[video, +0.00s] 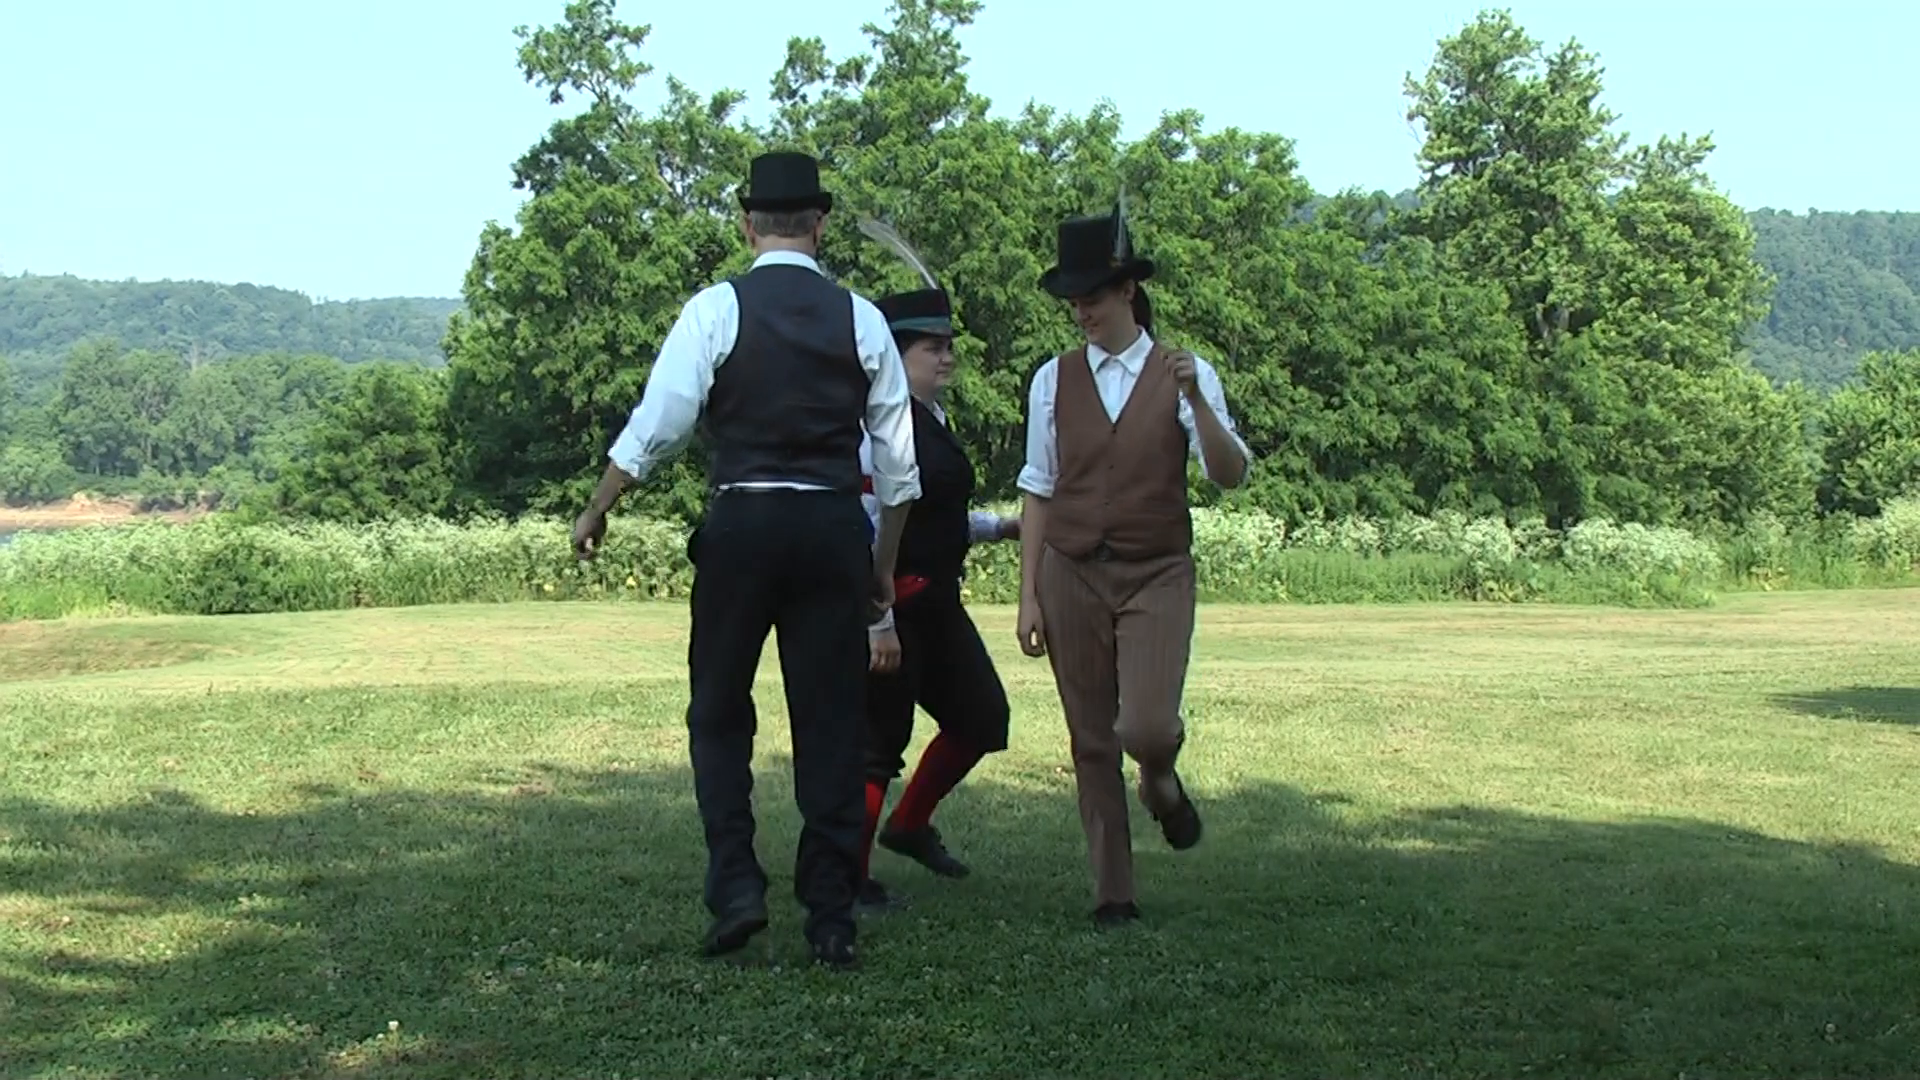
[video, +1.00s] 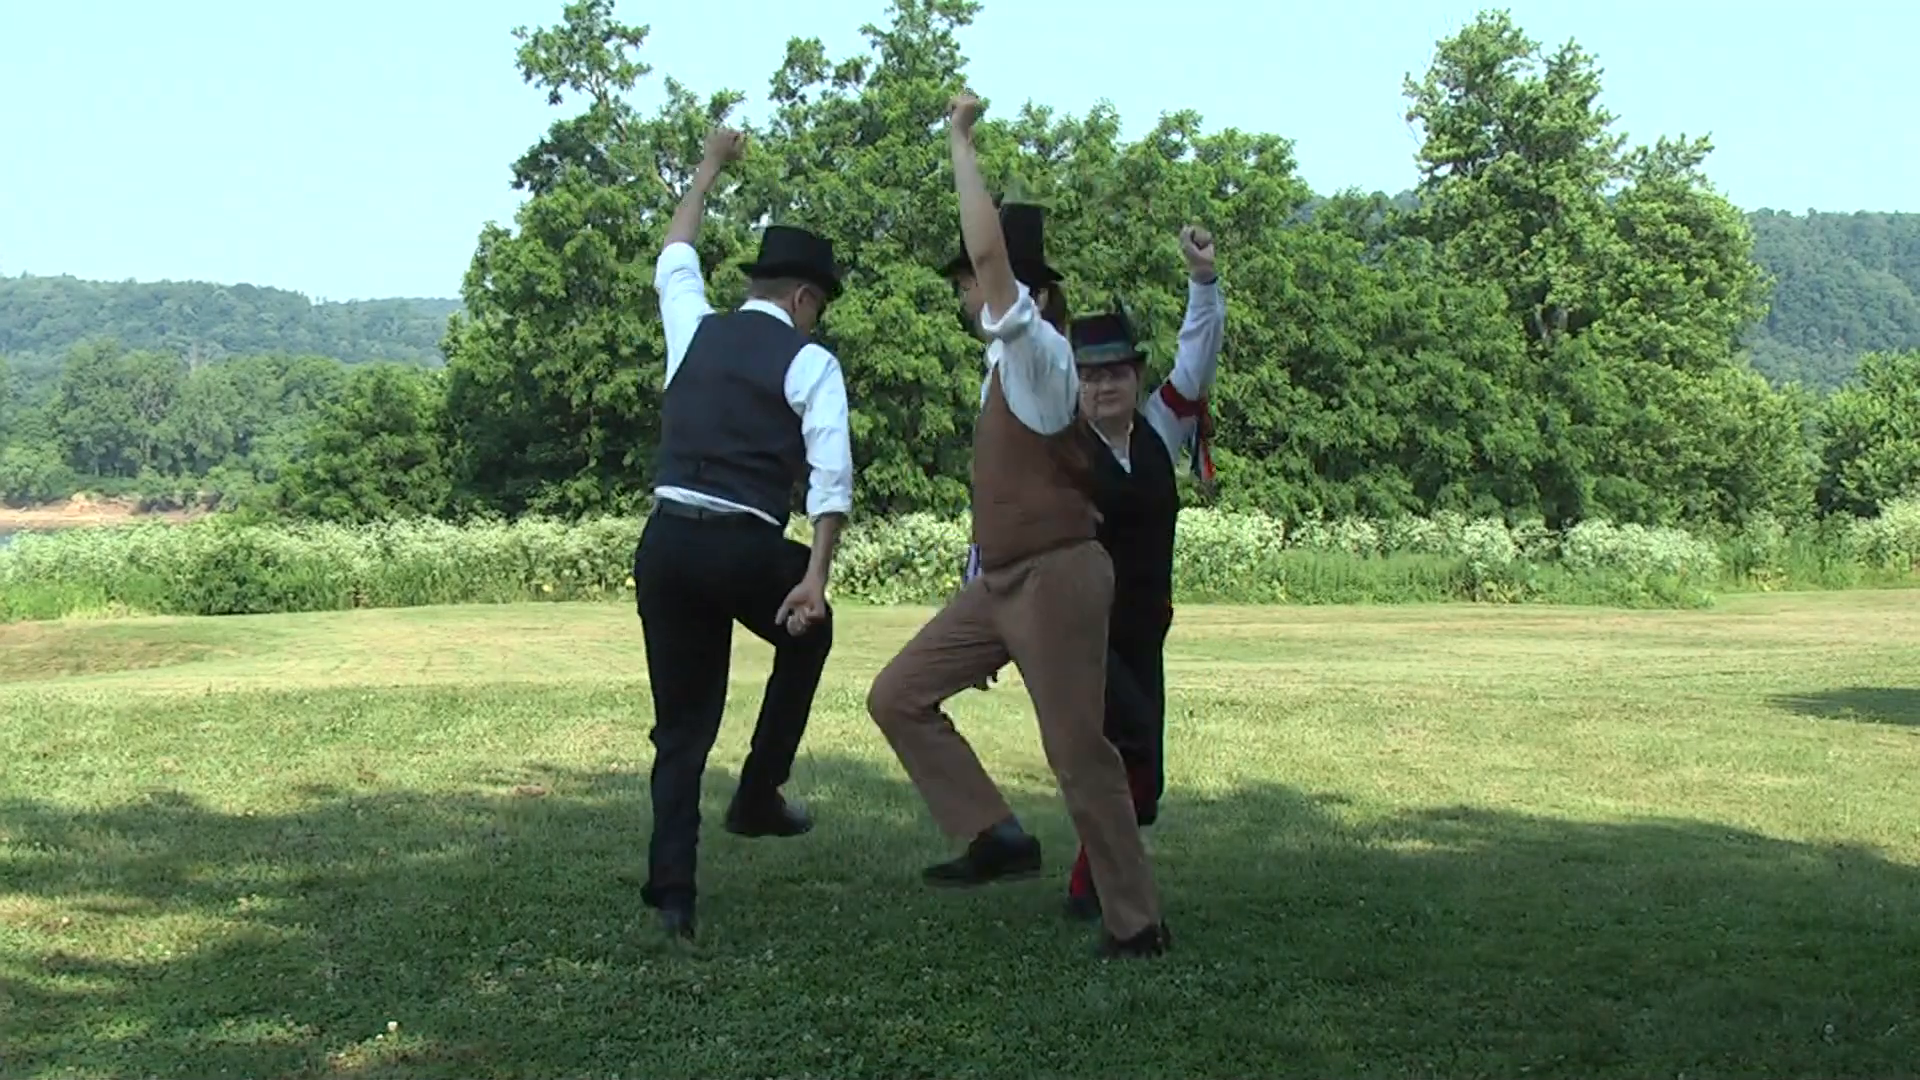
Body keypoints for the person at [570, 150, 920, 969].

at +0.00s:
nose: (765, 230)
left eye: (753, 220)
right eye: (807, 220)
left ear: (748, 224)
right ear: (823, 225)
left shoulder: (714, 308)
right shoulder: (863, 318)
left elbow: (664, 415)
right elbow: (895, 457)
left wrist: (598, 507)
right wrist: (885, 562)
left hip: (740, 527)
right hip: (836, 533)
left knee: (718, 711)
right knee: (830, 720)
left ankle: (736, 899)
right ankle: (831, 920)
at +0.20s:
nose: (787, 231)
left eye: (741, 222)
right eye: (796, 221)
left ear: (728, 226)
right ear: (799, 226)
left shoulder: (699, 301)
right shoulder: (840, 314)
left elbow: (591, 348)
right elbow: (883, 442)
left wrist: (529, 338)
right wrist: (871, 547)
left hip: (724, 521)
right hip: (815, 526)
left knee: (695, 694)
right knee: (819, 719)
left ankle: (707, 872)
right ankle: (832, 920)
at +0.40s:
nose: (760, 259)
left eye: (743, 249)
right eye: (759, 250)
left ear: (688, 261)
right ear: (757, 259)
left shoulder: (654, 332)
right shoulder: (797, 340)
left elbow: (576, 268)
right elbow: (846, 454)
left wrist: (543, 190)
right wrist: (866, 558)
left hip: (697, 550)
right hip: (791, 552)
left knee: (695, 724)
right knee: (765, 692)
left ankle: (696, 922)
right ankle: (800, 840)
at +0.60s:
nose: (767, 223)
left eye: (759, 213)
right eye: (768, 214)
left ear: (695, 214)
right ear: (757, 215)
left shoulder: (650, 276)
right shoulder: (784, 292)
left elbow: (610, 196)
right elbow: (826, 404)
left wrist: (606, 113)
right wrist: (837, 506)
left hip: (678, 498)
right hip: (765, 494)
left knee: (691, 688)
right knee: (782, 579)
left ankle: (687, 885)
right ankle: (757, 739)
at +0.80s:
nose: (780, 273)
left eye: (777, 261)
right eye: (779, 261)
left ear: (707, 258)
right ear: (765, 263)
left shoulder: (658, 311)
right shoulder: (783, 332)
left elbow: (625, 225)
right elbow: (819, 442)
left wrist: (652, 137)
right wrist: (819, 548)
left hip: (669, 531)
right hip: (756, 533)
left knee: (680, 720)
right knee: (785, 603)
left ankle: (674, 891)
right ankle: (748, 756)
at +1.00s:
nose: (819, 316)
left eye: (818, 303)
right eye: (819, 302)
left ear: (753, 285)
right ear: (802, 297)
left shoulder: (694, 328)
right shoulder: (811, 361)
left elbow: (676, 250)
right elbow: (830, 473)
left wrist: (710, 164)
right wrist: (816, 570)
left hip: (665, 541)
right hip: (745, 548)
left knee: (681, 724)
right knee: (809, 631)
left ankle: (672, 897)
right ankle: (758, 797)